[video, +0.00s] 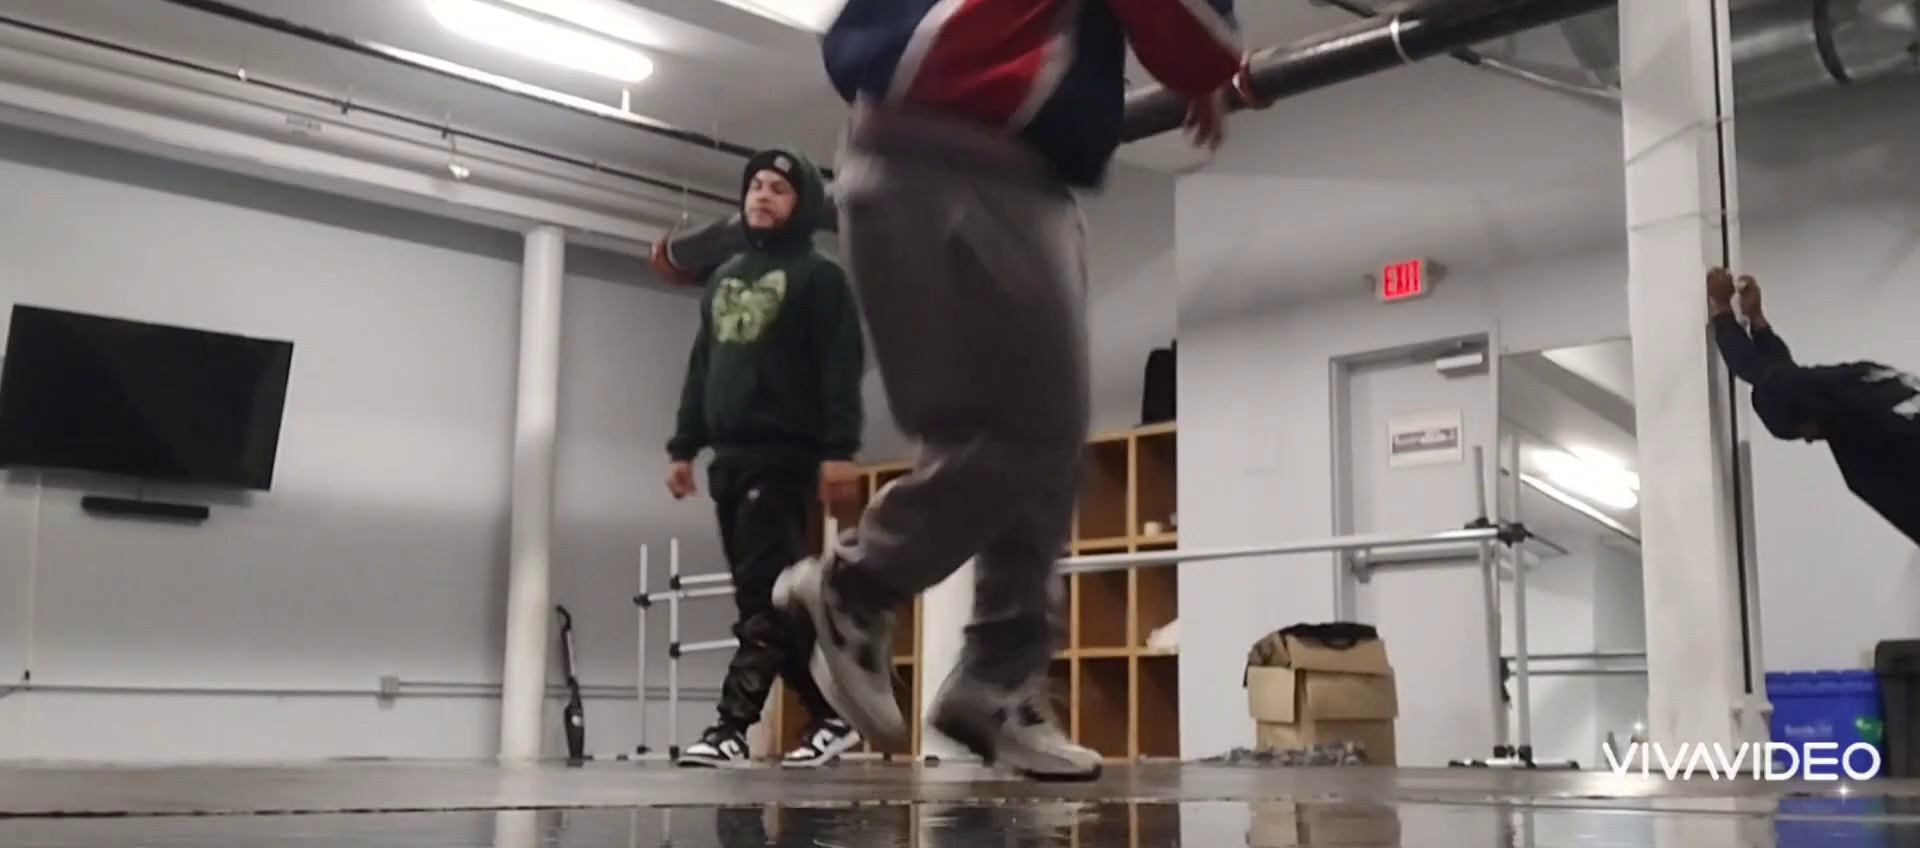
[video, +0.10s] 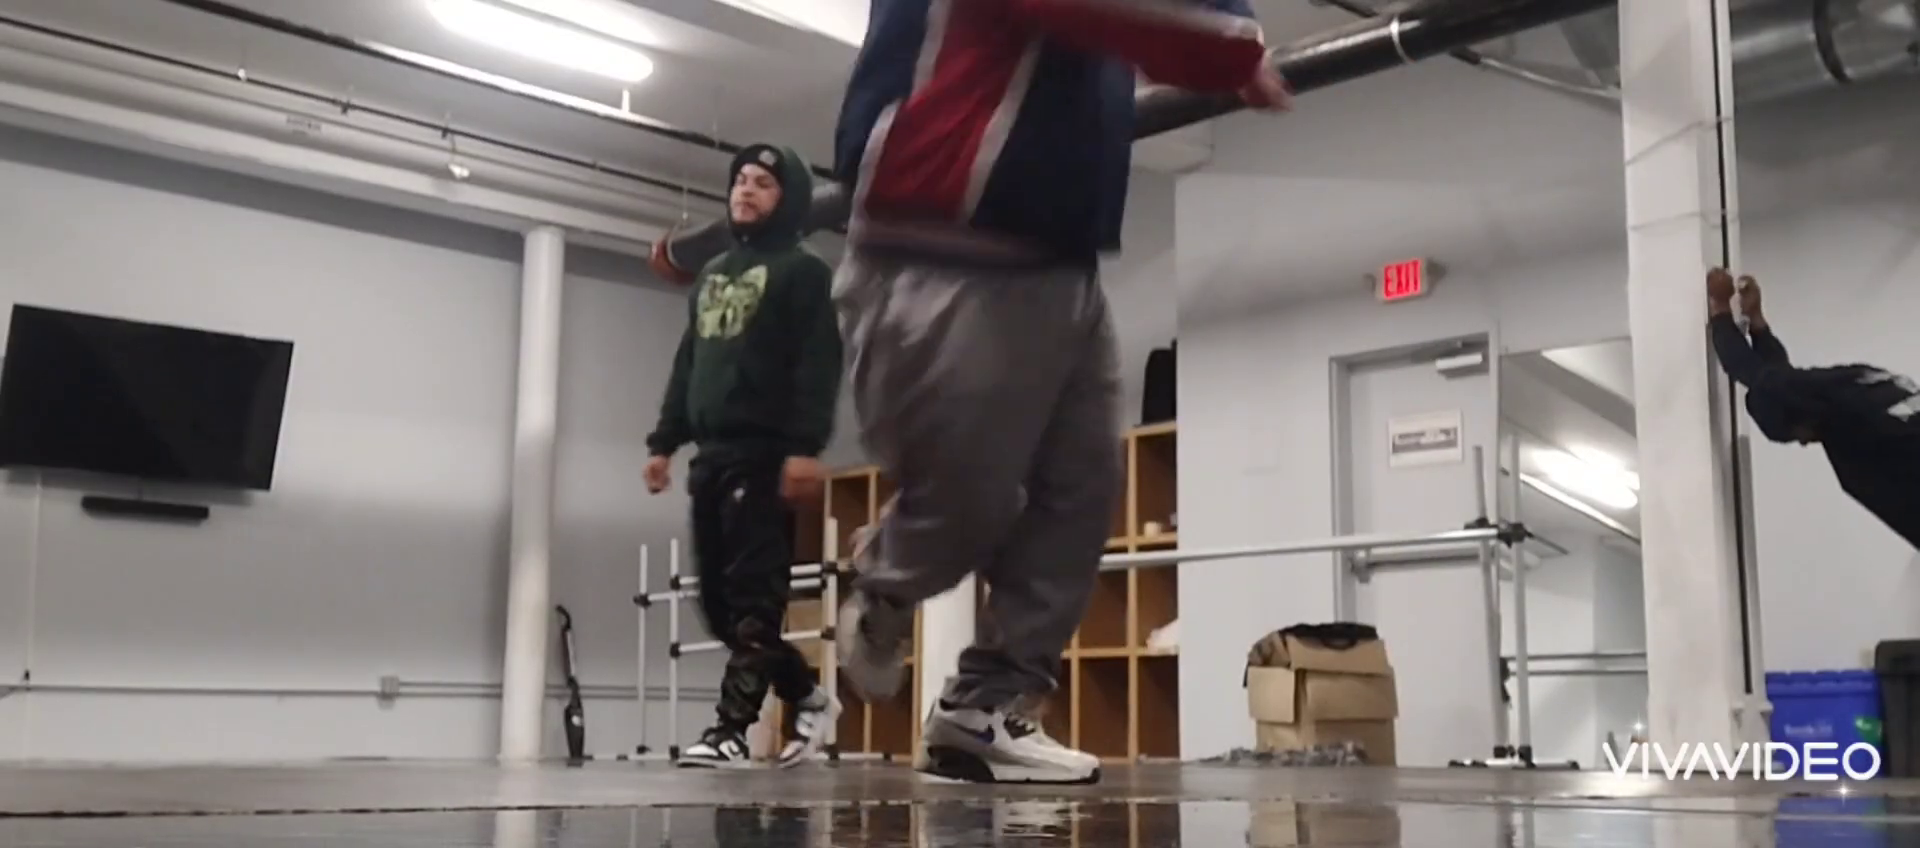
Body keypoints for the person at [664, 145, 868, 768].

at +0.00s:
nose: (765, 195)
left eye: (780, 188)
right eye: (757, 185)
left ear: (801, 205)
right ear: (744, 198)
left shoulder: (821, 276)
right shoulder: (727, 275)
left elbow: (843, 369)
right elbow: (703, 364)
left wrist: (840, 453)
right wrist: (684, 447)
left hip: (787, 455)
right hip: (729, 456)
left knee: (763, 592)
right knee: (763, 592)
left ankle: (731, 730)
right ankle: (830, 718)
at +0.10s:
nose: (747, 191)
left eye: (762, 184)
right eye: (741, 181)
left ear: (787, 200)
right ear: (729, 194)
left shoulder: (803, 270)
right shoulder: (714, 272)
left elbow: (821, 362)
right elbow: (690, 360)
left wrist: (807, 448)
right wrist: (663, 442)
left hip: (766, 454)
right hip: (711, 454)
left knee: (755, 594)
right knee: (718, 602)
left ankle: (731, 733)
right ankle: (810, 698)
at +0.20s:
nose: (730, 187)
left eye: (746, 180)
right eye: (725, 177)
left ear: (773, 196)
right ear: (714, 190)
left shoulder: (788, 268)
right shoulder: (700, 270)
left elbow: (796, 365)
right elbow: (676, 360)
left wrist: (772, 444)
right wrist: (645, 444)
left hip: (756, 452)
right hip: (698, 451)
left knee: (751, 588)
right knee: (679, 592)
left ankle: (734, 730)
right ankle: (770, 687)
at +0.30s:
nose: (712, 182)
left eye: (728, 175)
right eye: (706, 173)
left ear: (755, 189)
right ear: (695, 186)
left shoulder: (770, 259)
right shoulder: (684, 264)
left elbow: (773, 355)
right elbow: (661, 355)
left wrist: (739, 427)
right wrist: (632, 442)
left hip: (748, 450)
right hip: (680, 450)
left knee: (746, 591)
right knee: (648, 587)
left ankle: (730, 730)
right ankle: (701, 692)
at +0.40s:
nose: (693, 179)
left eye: (707, 171)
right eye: (686, 170)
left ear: (732, 188)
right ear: (673, 185)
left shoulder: (760, 259)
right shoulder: (664, 267)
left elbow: (763, 352)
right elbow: (641, 360)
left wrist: (715, 416)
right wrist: (625, 447)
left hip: (736, 459)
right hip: (664, 459)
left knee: (739, 596)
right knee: (629, 591)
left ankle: (731, 730)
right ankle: (624, 721)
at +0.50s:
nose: (673, 194)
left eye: (686, 180)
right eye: (664, 181)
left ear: (713, 184)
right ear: (649, 191)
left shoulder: (743, 256)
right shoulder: (635, 271)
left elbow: (757, 349)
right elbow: (616, 365)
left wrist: (708, 416)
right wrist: (609, 449)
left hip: (720, 459)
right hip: (642, 456)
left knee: (730, 594)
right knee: (610, 592)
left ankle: (728, 733)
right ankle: (576, 728)